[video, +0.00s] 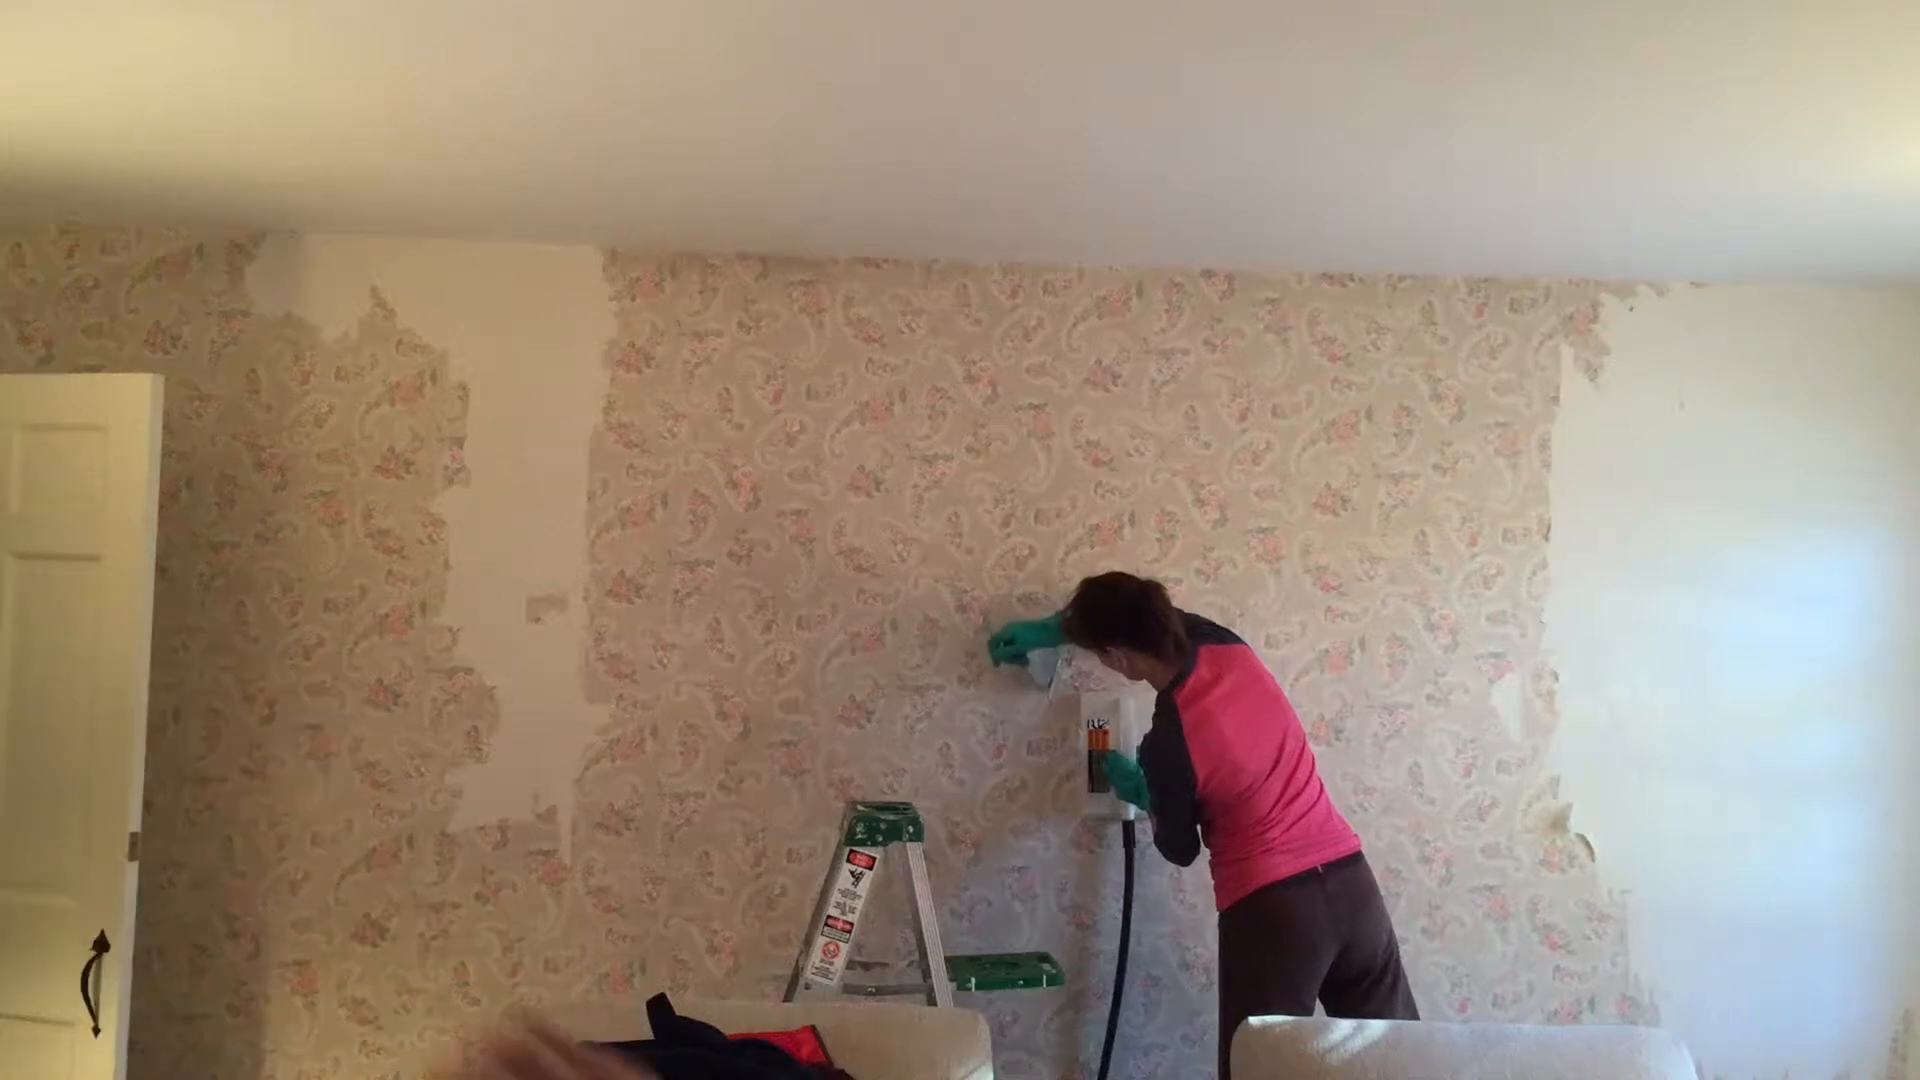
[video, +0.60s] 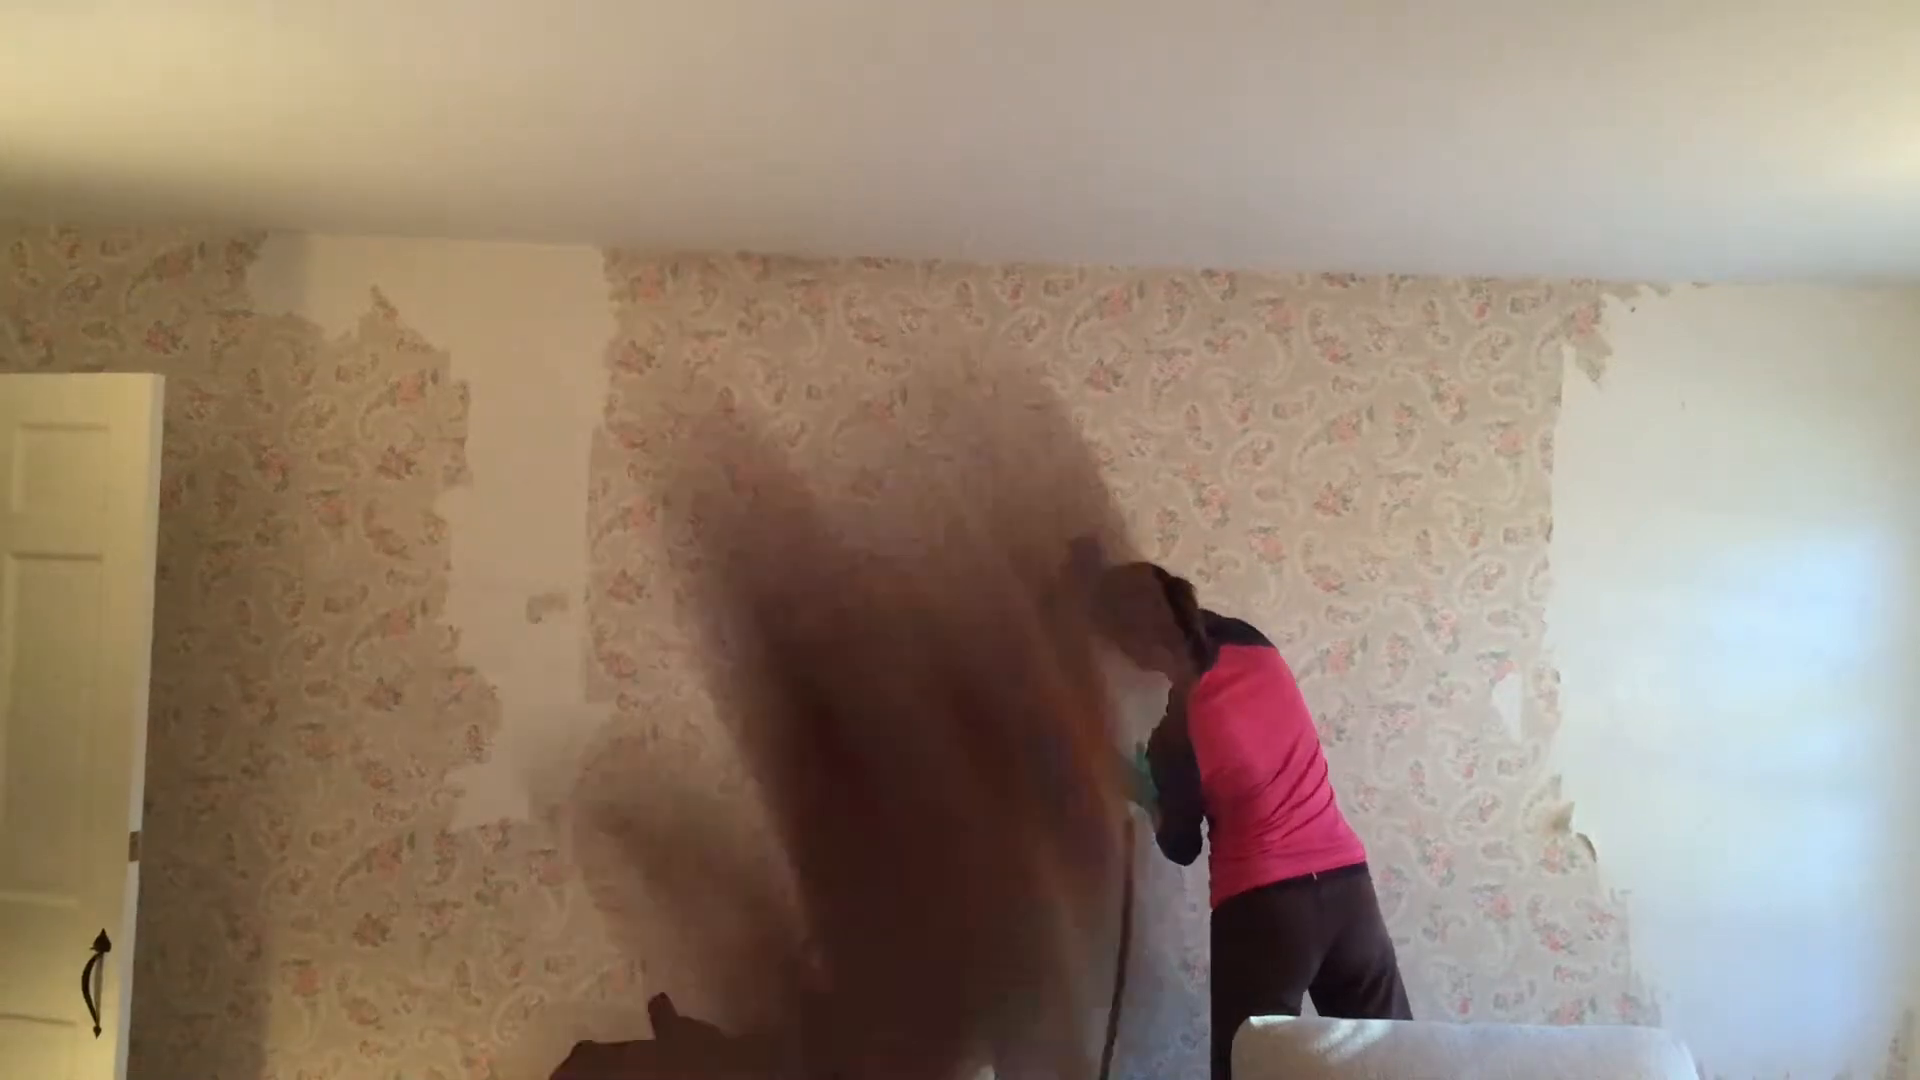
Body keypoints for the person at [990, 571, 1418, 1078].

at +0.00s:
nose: (1107, 665)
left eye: (1104, 654)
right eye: (1099, 655)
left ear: (1123, 653)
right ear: (1159, 614)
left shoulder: (1167, 740)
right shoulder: (1232, 649)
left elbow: (1180, 847)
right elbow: (1138, 612)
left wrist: (1138, 790)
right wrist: (1046, 630)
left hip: (1271, 917)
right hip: (1353, 889)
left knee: (1255, 1070)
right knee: (1401, 1060)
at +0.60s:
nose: (1124, 655)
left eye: (1122, 641)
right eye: (1117, 641)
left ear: (1139, 643)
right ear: (1187, 609)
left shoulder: (1174, 733)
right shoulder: (1261, 652)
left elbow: (1182, 847)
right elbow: (1192, 618)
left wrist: (1155, 797)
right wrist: (1105, 581)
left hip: (1261, 916)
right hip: (1349, 895)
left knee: (1247, 1073)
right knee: (1392, 1063)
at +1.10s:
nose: (1197, 614)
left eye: (1196, 601)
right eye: (1193, 601)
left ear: (1218, 606)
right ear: (1273, 593)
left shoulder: (1217, 703)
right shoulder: (1336, 665)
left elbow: (1168, 791)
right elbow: (1387, 740)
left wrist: (1126, 725)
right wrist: (1321, 651)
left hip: (1260, 916)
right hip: (1355, 911)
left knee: (1246, 1073)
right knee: (1381, 1069)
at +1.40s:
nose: (1236, 605)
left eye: (1242, 590)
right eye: (1237, 590)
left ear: (1277, 597)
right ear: (1302, 593)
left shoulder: (1253, 692)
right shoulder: (1383, 682)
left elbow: (1177, 773)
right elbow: (1442, 794)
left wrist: (1128, 713)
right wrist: (1388, 725)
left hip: (1272, 918)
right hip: (1368, 919)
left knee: (1259, 1074)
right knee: (1381, 1073)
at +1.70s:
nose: (1251, 614)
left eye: (1261, 600)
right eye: (1251, 599)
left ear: (1315, 601)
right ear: (1318, 601)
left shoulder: (1278, 688)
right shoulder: (1402, 687)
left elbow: (1185, 758)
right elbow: (1457, 809)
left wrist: (1127, 708)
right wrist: (1404, 746)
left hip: (1288, 919)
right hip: (1383, 923)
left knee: (1267, 1073)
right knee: (1391, 1073)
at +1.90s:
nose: (1255, 617)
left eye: (1267, 603)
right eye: (1254, 603)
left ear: (1319, 601)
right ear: (1324, 602)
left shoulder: (1283, 685)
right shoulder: (1401, 688)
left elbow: (1185, 749)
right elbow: (1451, 805)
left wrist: (1126, 706)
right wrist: (1380, 759)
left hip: (1296, 923)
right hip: (1389, 926)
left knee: (1269, 1072)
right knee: (1395, 1073)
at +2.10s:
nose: (1252, 618)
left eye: (1263, 604)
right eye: (1251, 604)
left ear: (1314, 602)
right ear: (1320, 602)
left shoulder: (1281, 686)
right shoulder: (1399, 688)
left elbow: (1182, 749)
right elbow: (1442, 814)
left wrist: (1125, 705)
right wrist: (1372, 768)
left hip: (1294, 923)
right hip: (1388, 926)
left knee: (1268, 1072)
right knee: (1396, 1073)